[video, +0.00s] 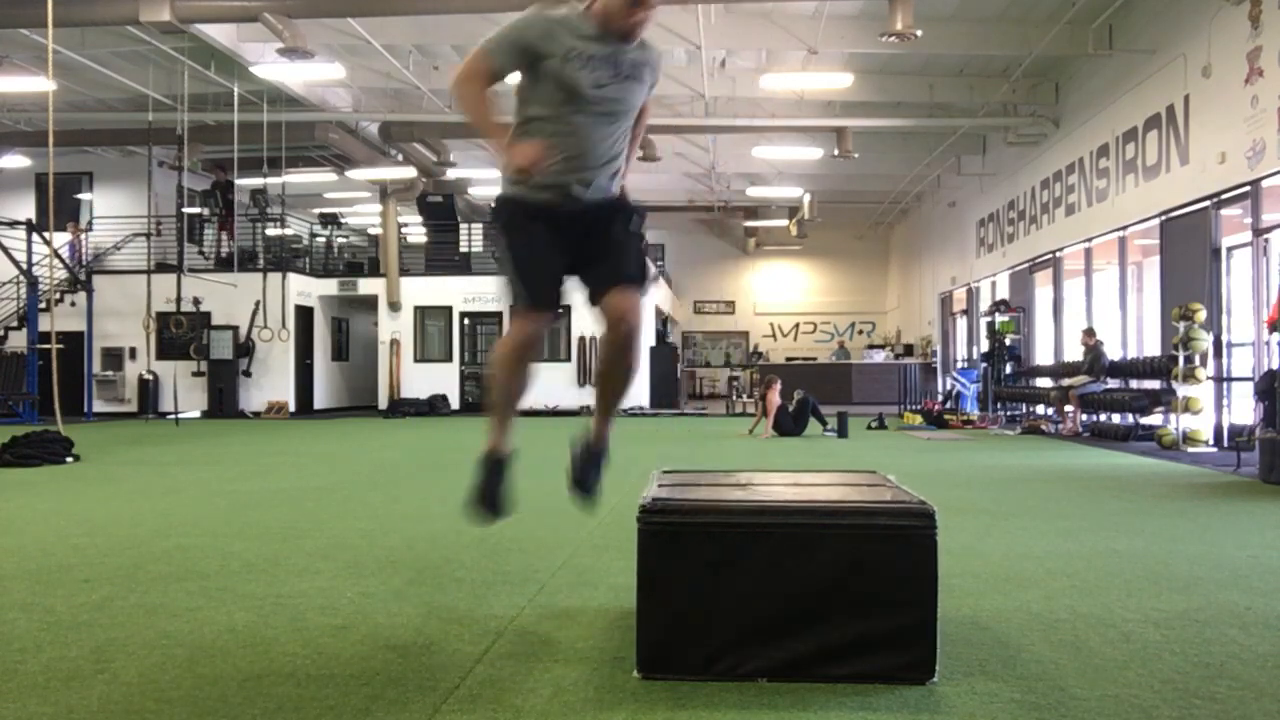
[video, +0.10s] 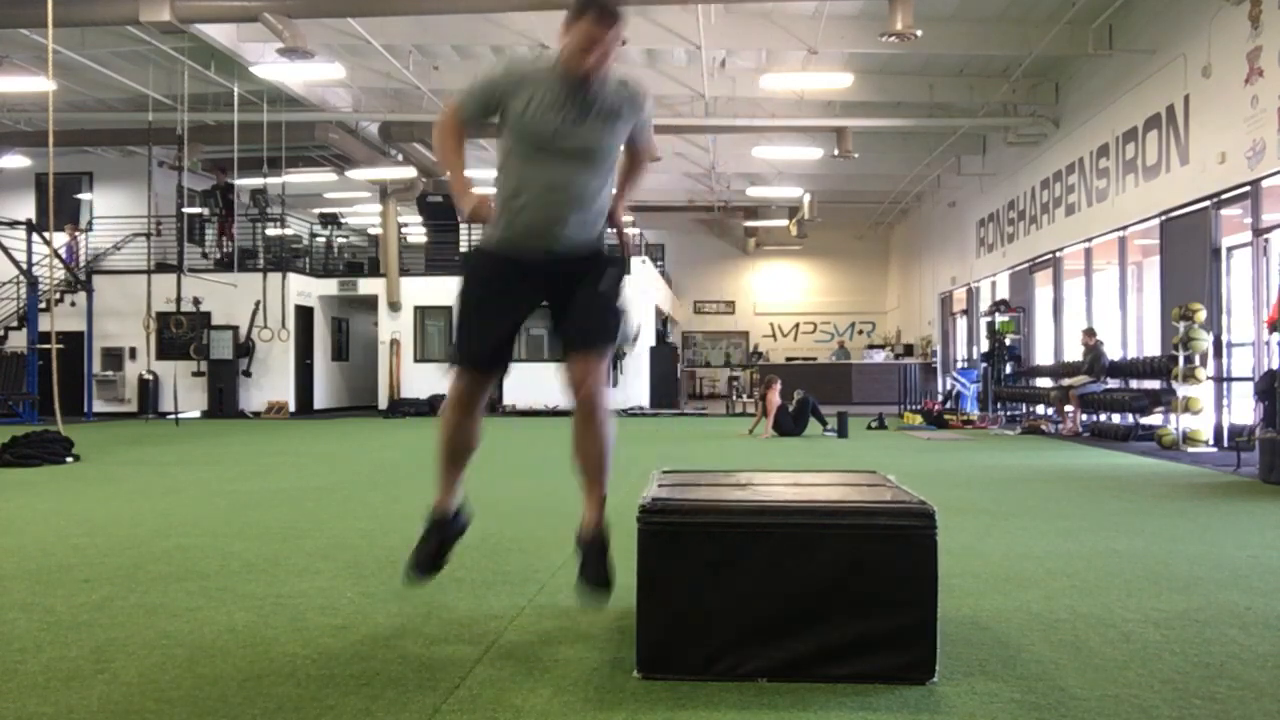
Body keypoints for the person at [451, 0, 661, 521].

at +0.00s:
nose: (643, 17)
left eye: (650, 9)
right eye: (635, 6)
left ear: (654, 11)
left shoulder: (647, 58)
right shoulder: (544, 28)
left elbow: (638, 113)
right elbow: (467, 82)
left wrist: (622, 168)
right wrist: (505, 145)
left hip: (603, 208)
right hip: (533, 206)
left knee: (628, 320)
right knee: (528, 326)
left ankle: (598, 440)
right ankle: (496, 451)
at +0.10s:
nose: (596, 54)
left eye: (607, 45)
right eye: (588, 41)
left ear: (619, 45)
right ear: (565, 32)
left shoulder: (627, 98)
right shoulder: (517, 79)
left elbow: (641, 153)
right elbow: (449, 122)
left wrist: (618, 203)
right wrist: (461, 189)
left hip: (585, 259)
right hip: (506, 255)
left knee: (591, 391)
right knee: (466, 390)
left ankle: (594, 529)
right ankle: (445, 510)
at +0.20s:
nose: (542, 123)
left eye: (554, 113)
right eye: (536, 111)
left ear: (573, 119)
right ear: (521, 112)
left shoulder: (597, 187)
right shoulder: (482, 173)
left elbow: (643, 241)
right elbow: (441, 223)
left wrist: (603, 276)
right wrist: (456, 257)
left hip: (559, 339)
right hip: (483, 336)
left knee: (553, 463)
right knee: (437, 458)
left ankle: (564, 587)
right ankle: (417, 576)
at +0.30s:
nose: (499, 201)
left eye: (511, 190)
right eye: (492, 188)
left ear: (535, 187)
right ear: (482, 184)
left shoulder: (560, 247)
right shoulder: (458, 236)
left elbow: (593, 328)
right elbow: (420, 319)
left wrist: (527, 314)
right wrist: (445, 294)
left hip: (545, 385)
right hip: (472, 381)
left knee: (535, 478)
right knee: (418, 487)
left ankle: (564, 590)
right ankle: (425, 590)